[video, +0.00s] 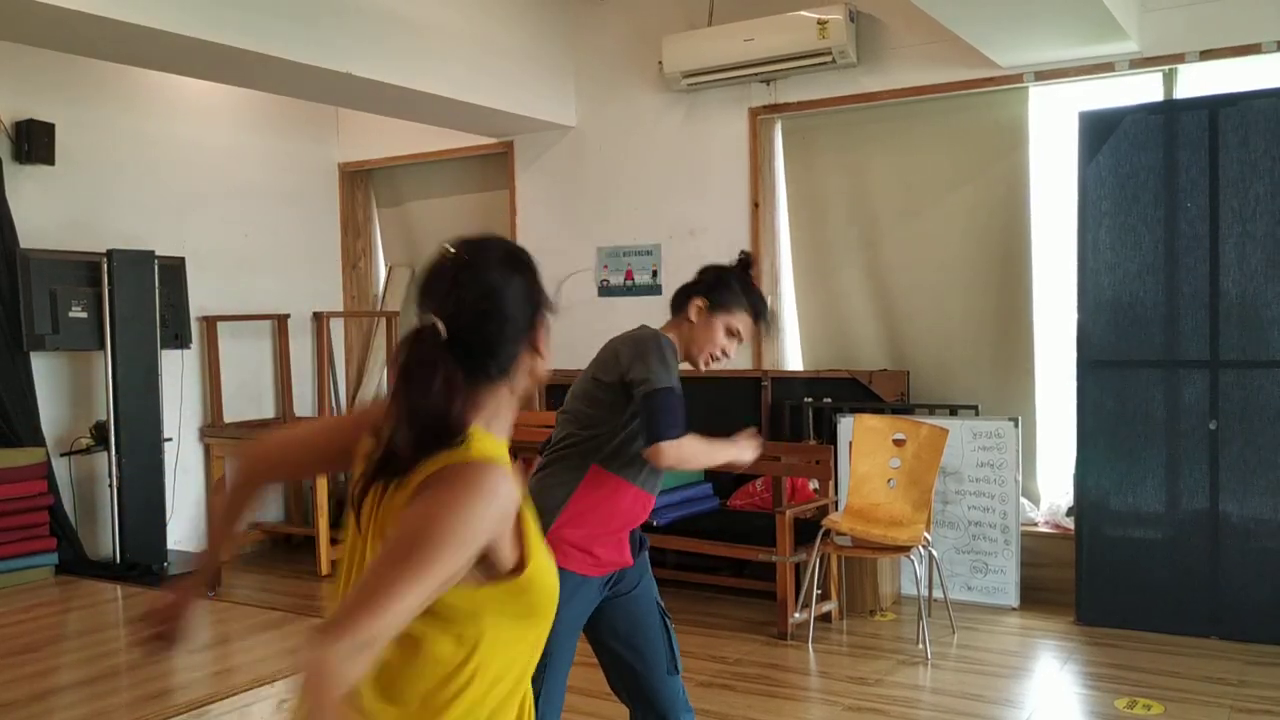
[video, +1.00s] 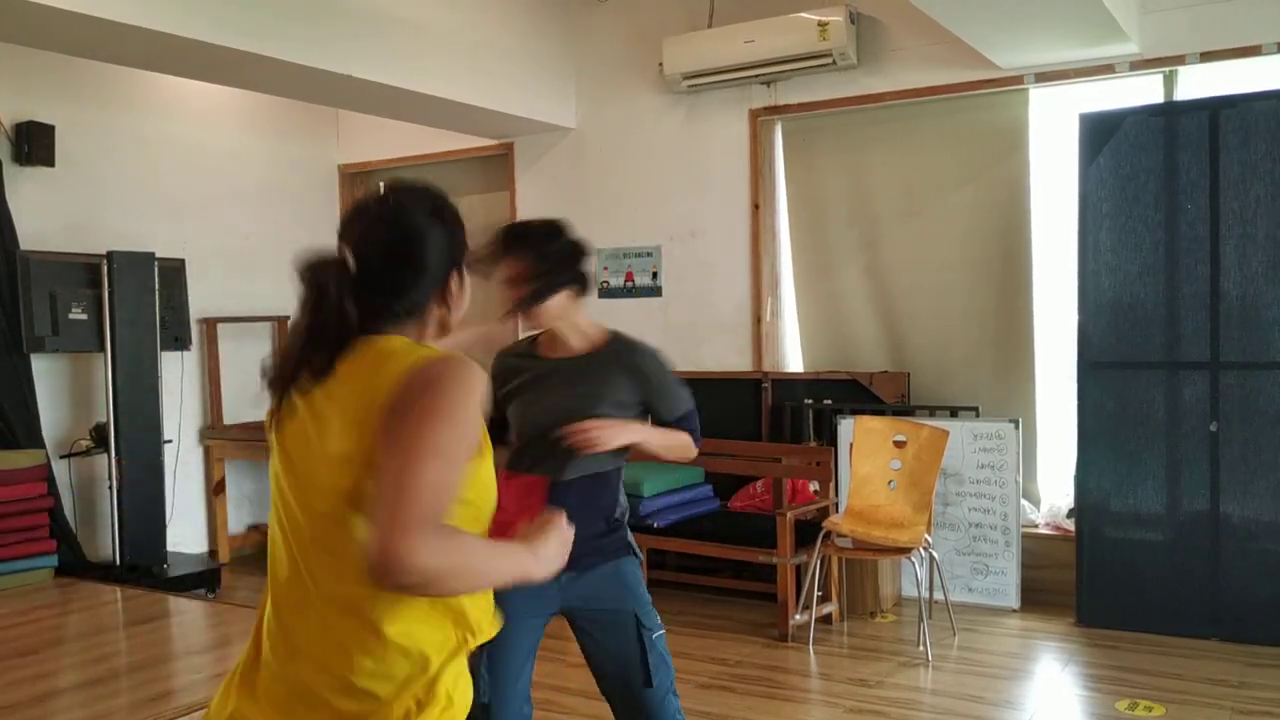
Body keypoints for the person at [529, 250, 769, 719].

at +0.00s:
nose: (730, 352)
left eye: (739, 344)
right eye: (730, 333)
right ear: (696, 309)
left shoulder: (662, 364)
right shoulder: (646, 349)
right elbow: (665, 450)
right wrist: (734, 450)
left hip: (620, 559)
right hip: (561, 558)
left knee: (665, 703)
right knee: (536, 707)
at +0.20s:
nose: (674, 308)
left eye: (688, 298)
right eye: (668, 290)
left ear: (696, 305)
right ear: (637, 283)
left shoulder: (654, 385)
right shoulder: (589, 363)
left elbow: (667, 492)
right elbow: (531, 457)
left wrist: (754, 506)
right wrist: (541, 560)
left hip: (629, 568)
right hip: (558, 571)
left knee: (672, 706)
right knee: (535, 709)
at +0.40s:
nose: (473, 318)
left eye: (473, 301)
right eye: (470, 305)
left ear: (497, 289)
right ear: (498, 292)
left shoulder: (592, 343)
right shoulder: (516, 363)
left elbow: (674, 416)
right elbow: (523, 448)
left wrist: (688, 513)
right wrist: (454, 428)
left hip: (611, 554)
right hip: (535, 557)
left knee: (659, 705)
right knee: (513, 703)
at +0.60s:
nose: (435, 377)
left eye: (423, 367)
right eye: (426, 370)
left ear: (429, 356)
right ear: (458, 326)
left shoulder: (499, 367)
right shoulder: (520, 358)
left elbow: (505, 493)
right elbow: (611, 403)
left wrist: (439, 579)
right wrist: (617, 474)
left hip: (602, 554)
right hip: (537, 559)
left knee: (647, 702)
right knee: (508, 697)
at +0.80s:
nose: (431, 361)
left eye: (425, 350)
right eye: (422, 353)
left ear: (443, 330)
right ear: (450, 324)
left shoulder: (526, 366)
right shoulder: (502, 372)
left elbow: (520, 482)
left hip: (602, 553)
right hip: (535, 555)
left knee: (647, 700)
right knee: (510, 699)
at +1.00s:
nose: (511, 298)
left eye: (520, 283)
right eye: (507, 284)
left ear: (561, 282)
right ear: (509, 288)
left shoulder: (632, 361)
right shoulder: (511, 365)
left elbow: (687, 443)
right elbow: (502, 447)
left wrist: (630, 432)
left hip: (603, 562)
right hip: (517, 566)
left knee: (653, 706)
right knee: (499, 705)